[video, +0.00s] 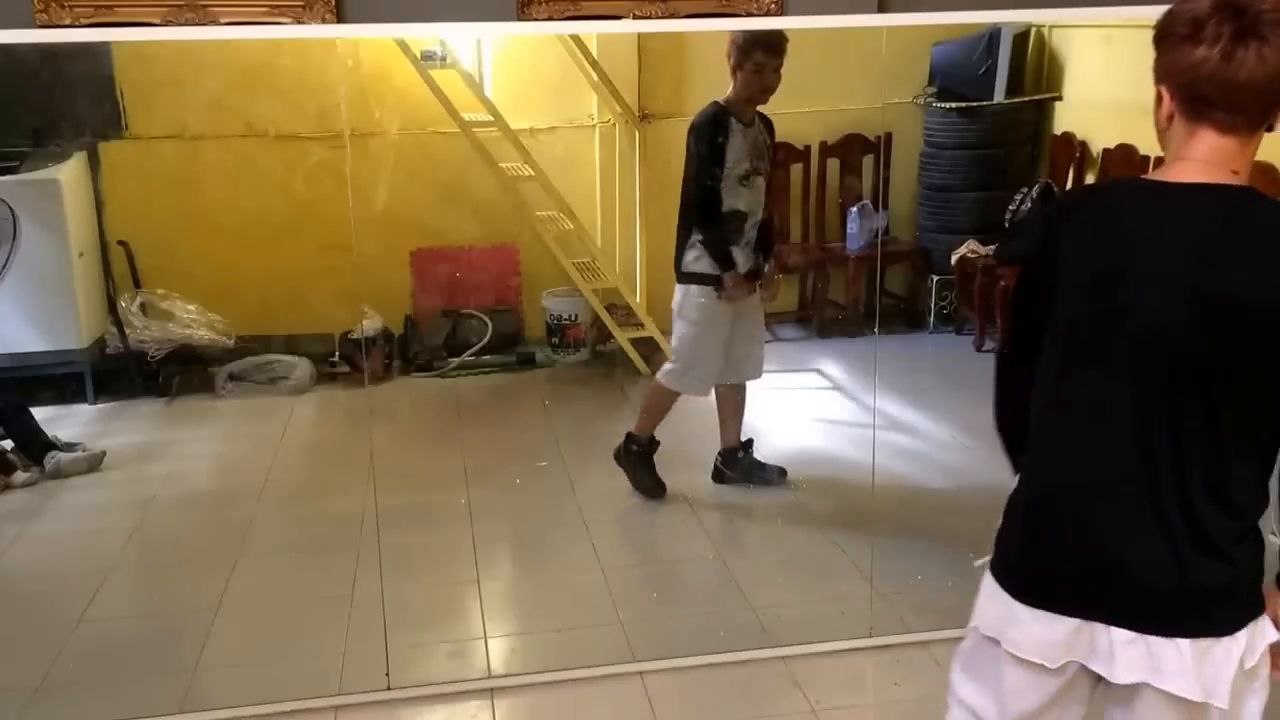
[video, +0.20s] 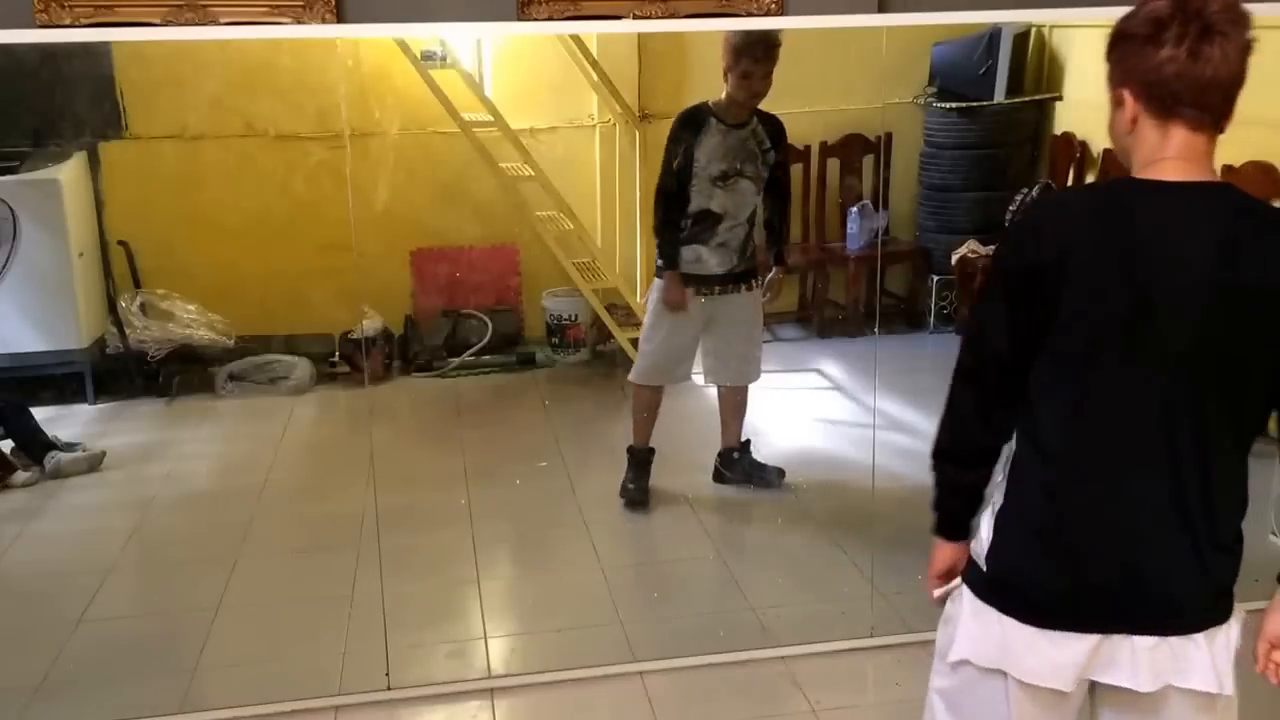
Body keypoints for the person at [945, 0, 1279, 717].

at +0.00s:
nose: (1149, 102)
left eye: (1152, 86)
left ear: (1164, 101)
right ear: (1269, 117)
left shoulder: (1072, 222)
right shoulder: (1270, 242)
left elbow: (1017, 413)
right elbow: (1271, 443)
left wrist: (1069, 498)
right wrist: (1276, 590)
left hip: (1043, 590)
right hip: (1203, 612)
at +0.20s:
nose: (1111, 117)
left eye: (1110, 98)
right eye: (1111, 97)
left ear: (1127, 105)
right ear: (1227, 107)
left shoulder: (1054, 227)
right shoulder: (1267, 240)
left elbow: (982, 391)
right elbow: (1277, 428)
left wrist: (951, 525)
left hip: (1037, 588)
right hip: (1190, 598)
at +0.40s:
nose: (1032, 134)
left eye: (1030, 116)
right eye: (1030, 115)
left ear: (1050, 115)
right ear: (1137, 109)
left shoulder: (1007, 243)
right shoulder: (1227, 240)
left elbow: (941, 419)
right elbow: (1256, 417)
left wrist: (901, 568)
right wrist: (1236, 557)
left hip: (1016, 604)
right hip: (1166, 604)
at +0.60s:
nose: (936, 149)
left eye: (934, 132)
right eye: (932, 133)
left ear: (952, 129)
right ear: (1045, 113)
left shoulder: (930, 261)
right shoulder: (1146, 235)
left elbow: (899, 454)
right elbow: (1192, 411)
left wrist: (912, 622)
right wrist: (1199, 565)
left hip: (982, 618)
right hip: (1128, 608)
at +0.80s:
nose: (907, 165)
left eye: (900, 147)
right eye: (903, 148)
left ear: (915, 139)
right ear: (1007, 121)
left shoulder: (905, 262)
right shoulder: (1120, 227)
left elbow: (910, 462)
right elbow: (1177, 405)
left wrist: (970, 630)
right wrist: (1184, 570)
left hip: (968, 635)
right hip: (1119, 619)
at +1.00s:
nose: (943, 174)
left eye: (937, 156)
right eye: (937, 157)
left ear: (957, 144)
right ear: (1041, 122)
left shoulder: (950, 264)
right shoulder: (1160, 238)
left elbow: (956, 468)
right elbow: (1195, 424)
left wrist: (976, 643)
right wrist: (1213, 592)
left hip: (998, 620)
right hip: (1136, 612)